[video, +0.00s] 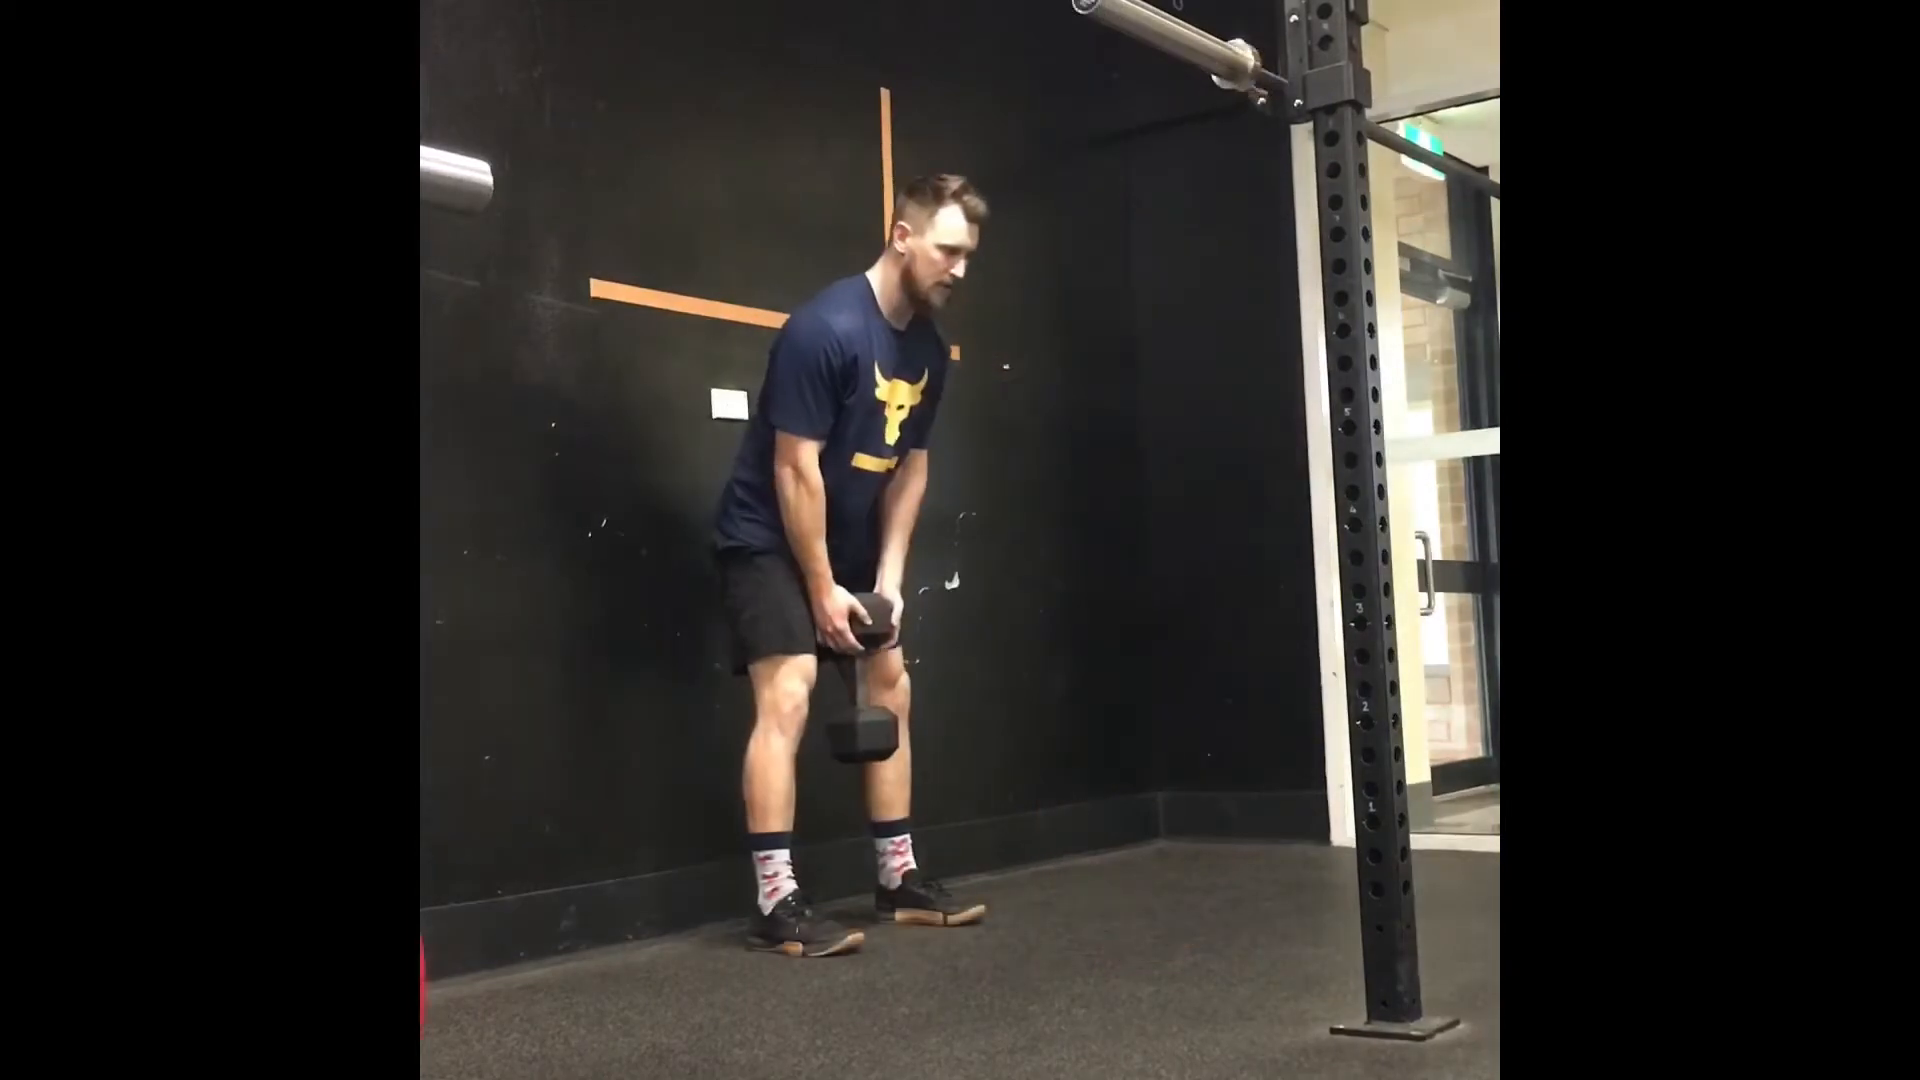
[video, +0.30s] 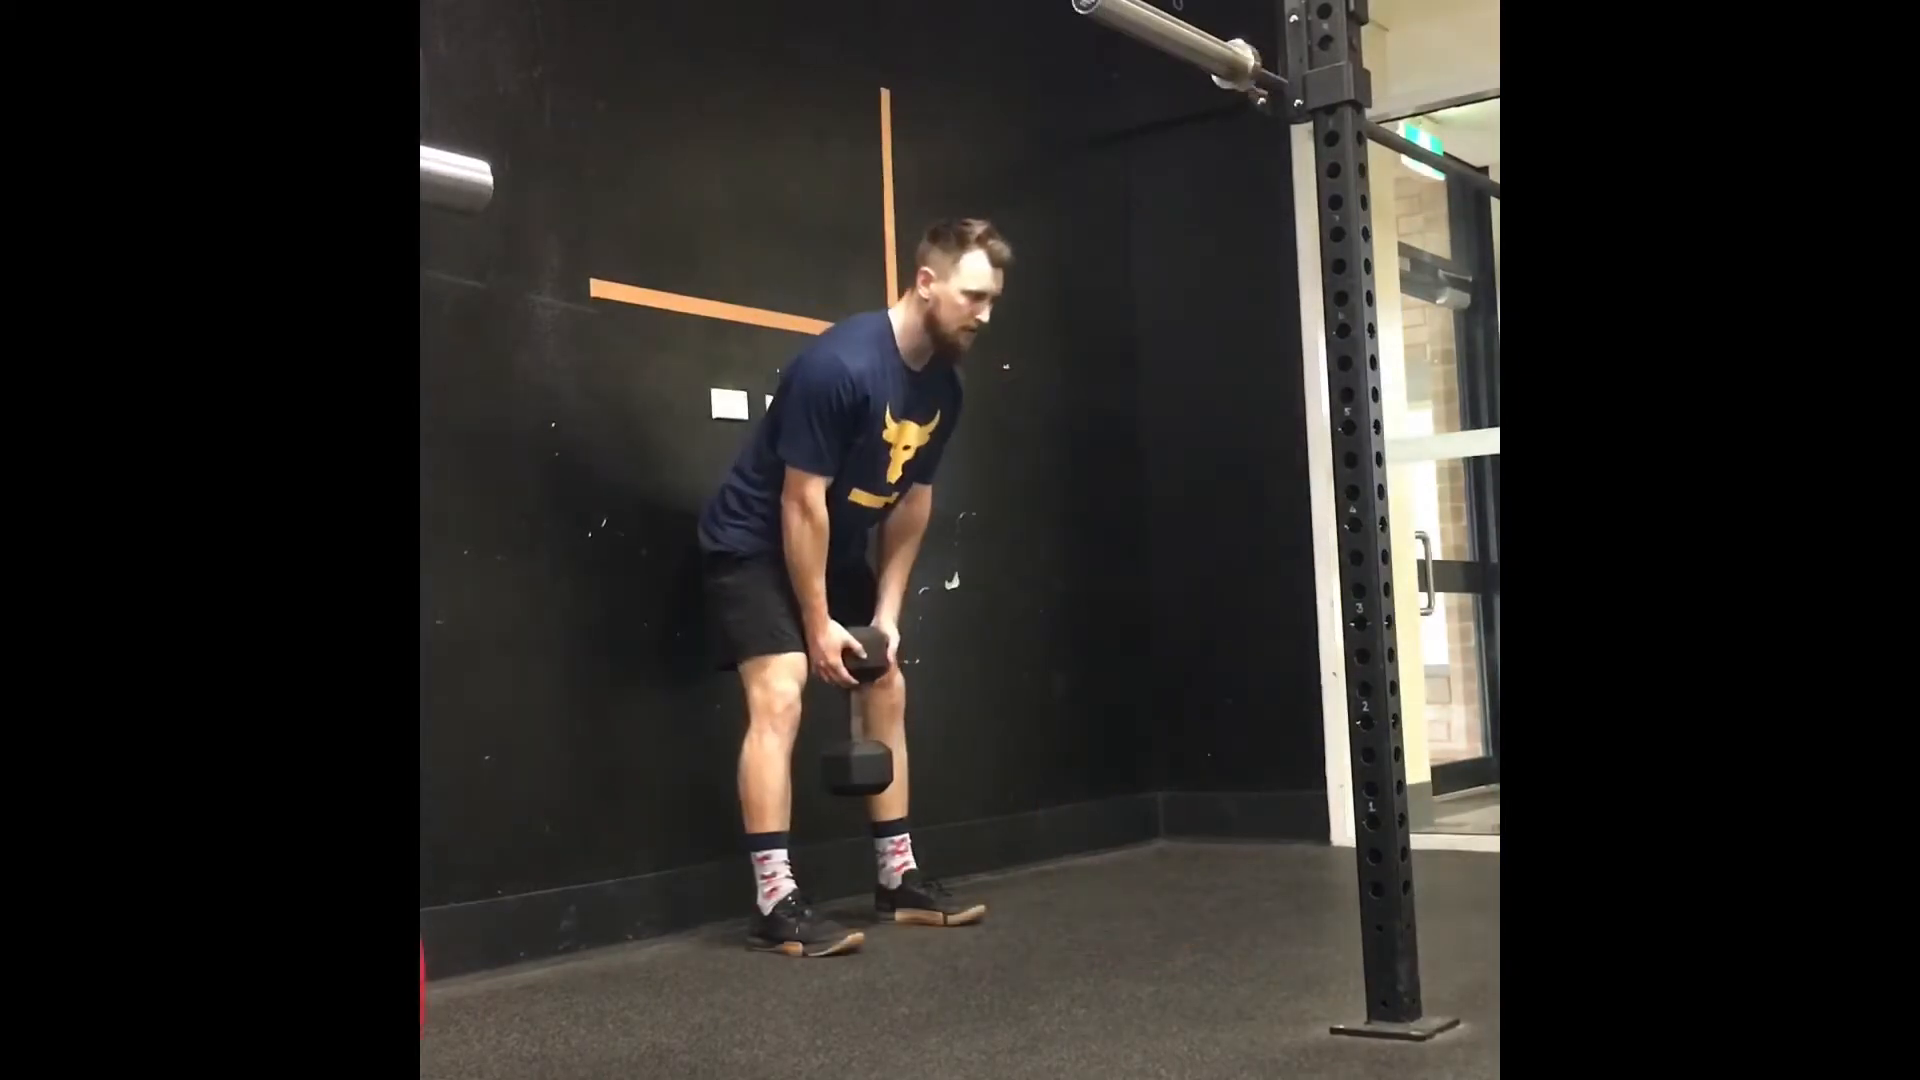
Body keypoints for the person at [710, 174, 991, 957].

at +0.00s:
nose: (958, 269)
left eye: (967, 255)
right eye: (947, 249)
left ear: (967, 258)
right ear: (900, 238)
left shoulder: (929, 349)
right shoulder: (821, 331)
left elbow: (907, 469)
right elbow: (796, 470)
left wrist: (888, 582)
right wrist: (821, 587)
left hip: (851, 544)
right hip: (769, 538)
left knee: (889, 688)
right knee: (786, 698)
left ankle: (898, 883)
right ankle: (777, 905)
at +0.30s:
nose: (984, 317)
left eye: (991, 302)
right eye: (974, 298)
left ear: (986, 301)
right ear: (926, 285)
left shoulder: (943, 384)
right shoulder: (836, 366)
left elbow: (909, 503)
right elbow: (802, 507)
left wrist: (885, 617)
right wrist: (817, 624)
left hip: (840, 544)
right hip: (754, 539)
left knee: (884, 683)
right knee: (779, 699)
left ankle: (898, 883)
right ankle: (775, 904)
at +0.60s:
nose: (996, 357)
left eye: (1005, 342)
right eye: (986, 337)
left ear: (1006, 341)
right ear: (937, 323)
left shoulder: (950, 417)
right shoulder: (846, 401)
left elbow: (910, 535)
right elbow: (807, 539)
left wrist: (882, 648)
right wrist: (816, 656)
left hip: (830, 551)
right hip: (744, 541)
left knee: (882, 686)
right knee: (774, 692)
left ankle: (897, 881)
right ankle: (774, 904)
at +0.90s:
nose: (999, 387)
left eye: (1008, 373)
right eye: (990, 368)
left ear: (1008, 369)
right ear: (942, 353)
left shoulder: (952, 441)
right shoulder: (849, 429)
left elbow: (908, 557)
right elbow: (807, 560)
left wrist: (884, 669)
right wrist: (814, 682)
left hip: (823, 560)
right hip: (735, 548)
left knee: (881, 691)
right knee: (772, 698)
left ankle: (898, 879)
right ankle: (776, 904)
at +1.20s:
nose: (999, 391)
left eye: (1008, 377)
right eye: (989, 372)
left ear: (1009, 374)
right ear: (942, 356)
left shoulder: (952, 445)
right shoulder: (848, 430)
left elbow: (910, 560)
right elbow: (805, 560)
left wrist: (883, 668)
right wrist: (812, 682)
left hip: (826, 559)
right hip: (735, 547)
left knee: (880, 689)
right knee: (772, 697)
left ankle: (897, 878)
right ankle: (776, 902)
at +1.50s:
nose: (972, 329)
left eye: (981, 315)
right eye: (961, 309)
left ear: (986, 312)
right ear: (914, 293)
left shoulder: (936, 397)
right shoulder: (830, 381)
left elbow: (908, 526)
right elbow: (796, 520)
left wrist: (882, 631)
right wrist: (815, 636)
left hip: (825, 546)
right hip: (742, 542)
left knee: (883, 684)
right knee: (774, 696)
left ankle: (896, 881)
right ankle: (775, 906)